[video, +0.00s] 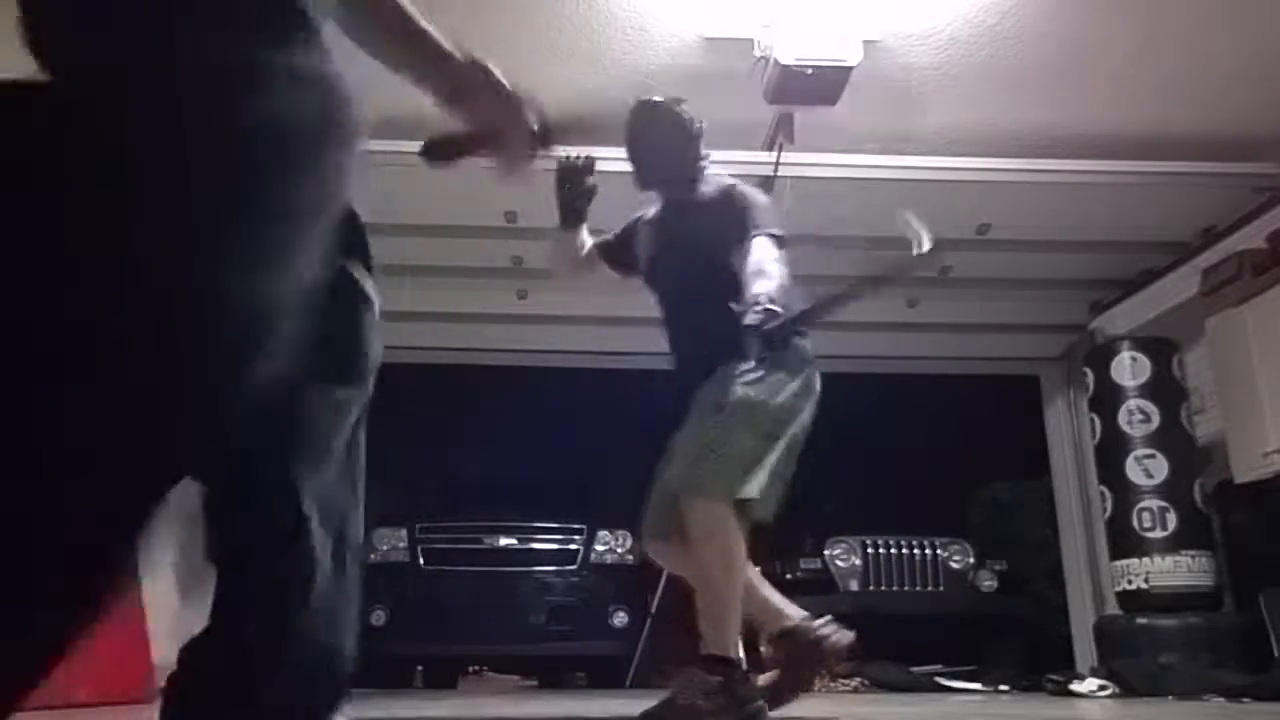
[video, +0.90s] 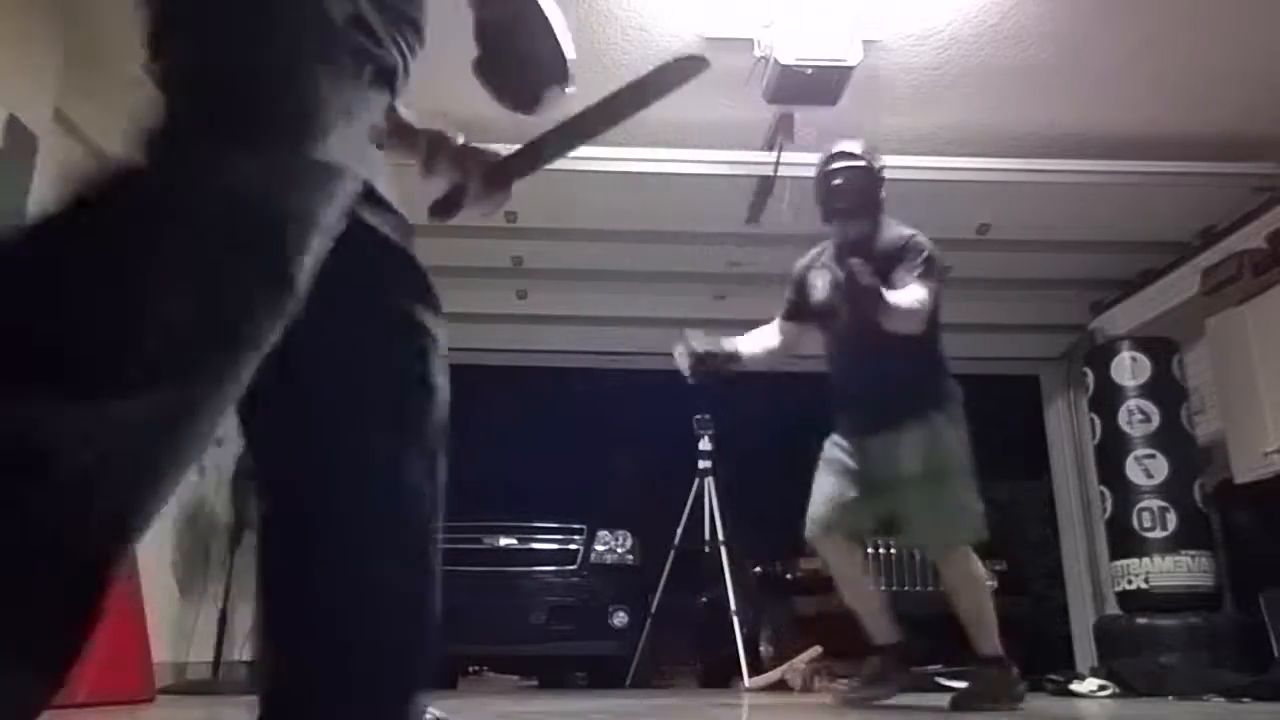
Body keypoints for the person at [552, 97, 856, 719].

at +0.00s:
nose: (668, 163)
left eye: (674, 146)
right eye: (651, 153)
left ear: (697, 144)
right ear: (639, 163)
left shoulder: (731, 198)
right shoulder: (649, 227)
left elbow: (765, 257)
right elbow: (577, 263)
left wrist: (758, 295)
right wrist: (573, 213)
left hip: (765, 364)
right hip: (708, 382)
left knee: (707, 491)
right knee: (662, 534)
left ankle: (723, 667)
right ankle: (799, 633)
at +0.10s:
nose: (681, 150)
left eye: (693, 136)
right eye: (670, 139)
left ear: (719, 142)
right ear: (660, 153)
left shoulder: (756, 198)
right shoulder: (666, 230)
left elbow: (809, 234)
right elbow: (587, 263)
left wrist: (790, 248)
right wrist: (592, 206)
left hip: (776, 366)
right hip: (715, 382)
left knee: (709, 490)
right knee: (682, 548)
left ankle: (724, 671)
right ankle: (824, 631)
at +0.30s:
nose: (726, 153)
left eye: (740, 139)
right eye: (717, 143)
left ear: (770, 146)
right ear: (708, 158)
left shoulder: (800, 199)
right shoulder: (715, 230)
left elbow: (845, 232)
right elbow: (644, 275)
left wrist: (825, 172)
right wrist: (641, 223)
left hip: (802, 371)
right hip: (741, 386)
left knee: (776, 511)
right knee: (737, 529)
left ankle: (767, 657)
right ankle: (817, 659)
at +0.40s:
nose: (749, 158)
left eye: (761, 145)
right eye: (740, 148)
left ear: (787, 151)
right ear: (729, 161)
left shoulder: (824, 199)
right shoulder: (733, 244)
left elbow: (851, 253)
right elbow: (688, 307)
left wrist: (814, 231)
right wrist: (659, 262)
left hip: (825, 379)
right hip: (761, 397)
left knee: (817, 503)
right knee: (752, 528)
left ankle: (839, 663)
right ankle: (822, 660)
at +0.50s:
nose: (780, 162)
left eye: (791, 152)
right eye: (768, 153)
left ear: (809, 160)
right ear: (748, 164)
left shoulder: (839, 210)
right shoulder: (751, 247)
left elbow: (871, 263)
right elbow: (736, 326)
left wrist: (807, 283)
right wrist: (691, 306)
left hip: (851, 393)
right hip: (784, 407)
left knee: (857, 522)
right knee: (775, 533)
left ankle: (915, 630)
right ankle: (827, 667)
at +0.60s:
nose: (807, 169)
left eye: (816, 158)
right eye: (794, 160)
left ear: (833, 165)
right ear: (772, 173)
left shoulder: (863, 220)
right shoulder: (768, 258)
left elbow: (873, 273)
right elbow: (771, 338)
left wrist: (800, 306)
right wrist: (751, 341)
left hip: (873, 406)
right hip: (804, 415)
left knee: (900, 533)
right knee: (793, 539)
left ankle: (972, 634)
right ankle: (829, 669)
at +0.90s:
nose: (847, 207)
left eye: (857, 194)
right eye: (836, 198)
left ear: (878, 192)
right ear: (822, 204)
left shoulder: (908, 249)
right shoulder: (814, 267)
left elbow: (917, 315)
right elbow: (781, 336)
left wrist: (875, 301)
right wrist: (723, 352)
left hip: (923, 421)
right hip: (854, 429)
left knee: (947, 546)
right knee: (828, 530)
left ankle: (996, 669)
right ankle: (892, 656)